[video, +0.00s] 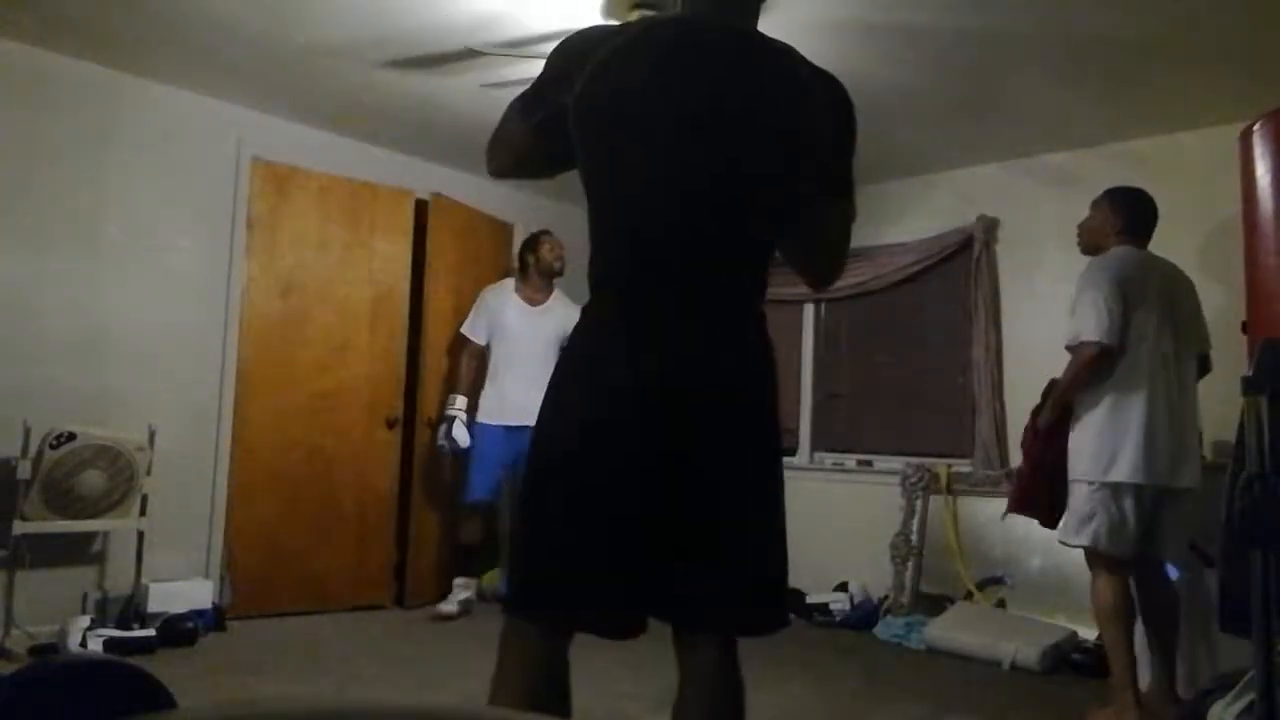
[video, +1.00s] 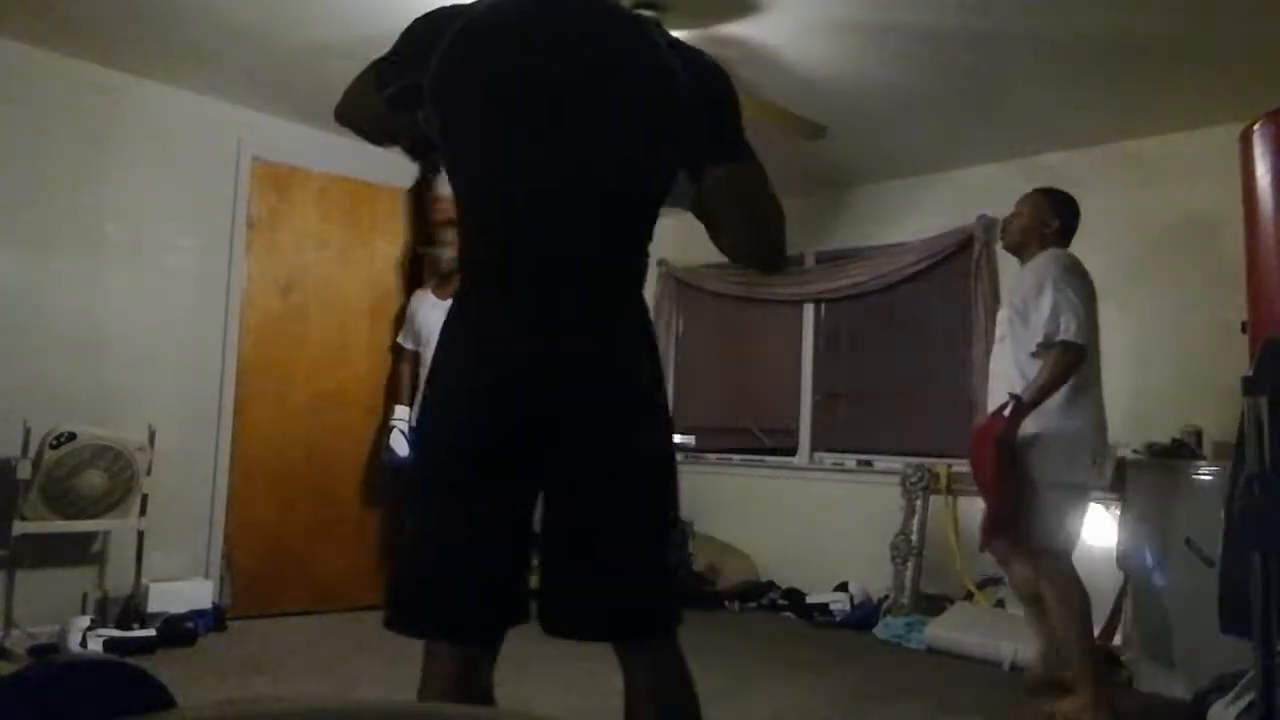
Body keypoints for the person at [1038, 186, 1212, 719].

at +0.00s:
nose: (1081, 225)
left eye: (1090, 215)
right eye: (1086, 214)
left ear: (1114, 222)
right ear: (1140, 227)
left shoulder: (1104, 271)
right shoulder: (1178, 279)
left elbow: (1096, 348)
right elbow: (1201, 360)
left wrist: (1057, 397)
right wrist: (1149, 392)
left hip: (1112, 453)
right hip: (1170, 454)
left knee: (1106, 565)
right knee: (1150, 566)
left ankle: (1123, 697)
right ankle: (1167, 690)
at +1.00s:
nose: (1007, 221)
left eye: (1018, 212)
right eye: (1011, 213)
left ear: (1048, 225)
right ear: (1049, 227)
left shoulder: (1056, 269)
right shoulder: (1039, 272)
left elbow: (1067, 350)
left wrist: (1014, 411)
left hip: (1055, 448)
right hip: (1033, 445)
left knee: (1049, 559)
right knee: (1009, 547)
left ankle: (1084, 691)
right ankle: (1058, 656)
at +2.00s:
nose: (908, 215)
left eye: (920, 208)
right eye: (907, 208)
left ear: (946, 221)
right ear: (908, 223)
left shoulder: (969, 267)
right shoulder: (902, 282)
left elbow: (1010, 336)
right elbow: (911, 351)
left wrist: (950, 358)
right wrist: (885, 359)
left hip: (961, 432)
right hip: (910, 432)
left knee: (955, 538)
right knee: (896, 525)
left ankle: (994, 667)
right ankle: (930, 638)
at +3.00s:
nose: (794, 244)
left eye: (804, 236)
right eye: (795, 237)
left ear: (834, 242)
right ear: (810, 245)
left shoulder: (853, 280)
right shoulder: (811, 297)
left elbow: (875, 354)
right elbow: (811, 367)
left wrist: (807, 365)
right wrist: (772, 378)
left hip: (854, 448)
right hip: (814, 449)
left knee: (854, 548)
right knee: (792, 541)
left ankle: (897, 674)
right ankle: (796, 644)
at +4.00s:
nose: (733, 229)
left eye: (743, 219)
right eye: (733, 220)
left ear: (767, 226)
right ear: (741, 230)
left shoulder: (796, 275)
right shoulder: (732, 291)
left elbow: (833, 347)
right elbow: (738, 364)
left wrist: (771, 371)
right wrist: (711, 377)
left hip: (789, 443)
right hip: (738, 443)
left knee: (797, 549)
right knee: (720, 545)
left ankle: (829, 671)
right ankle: (722, 649)